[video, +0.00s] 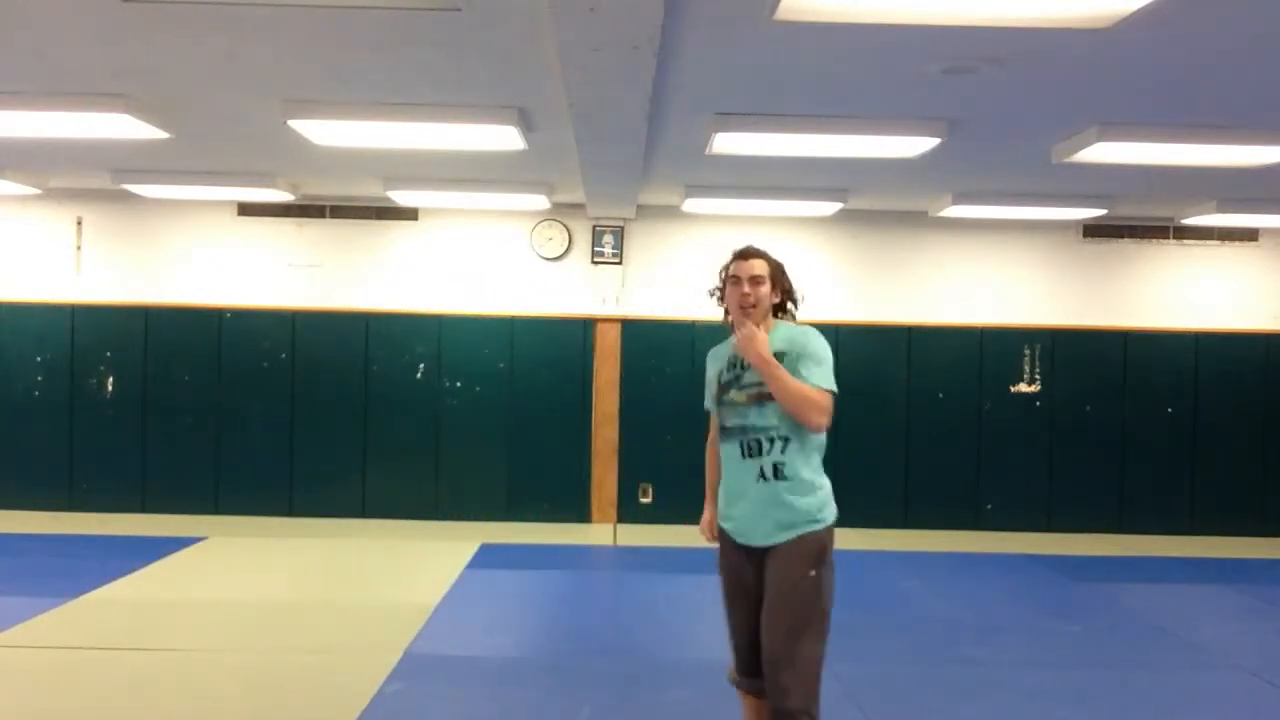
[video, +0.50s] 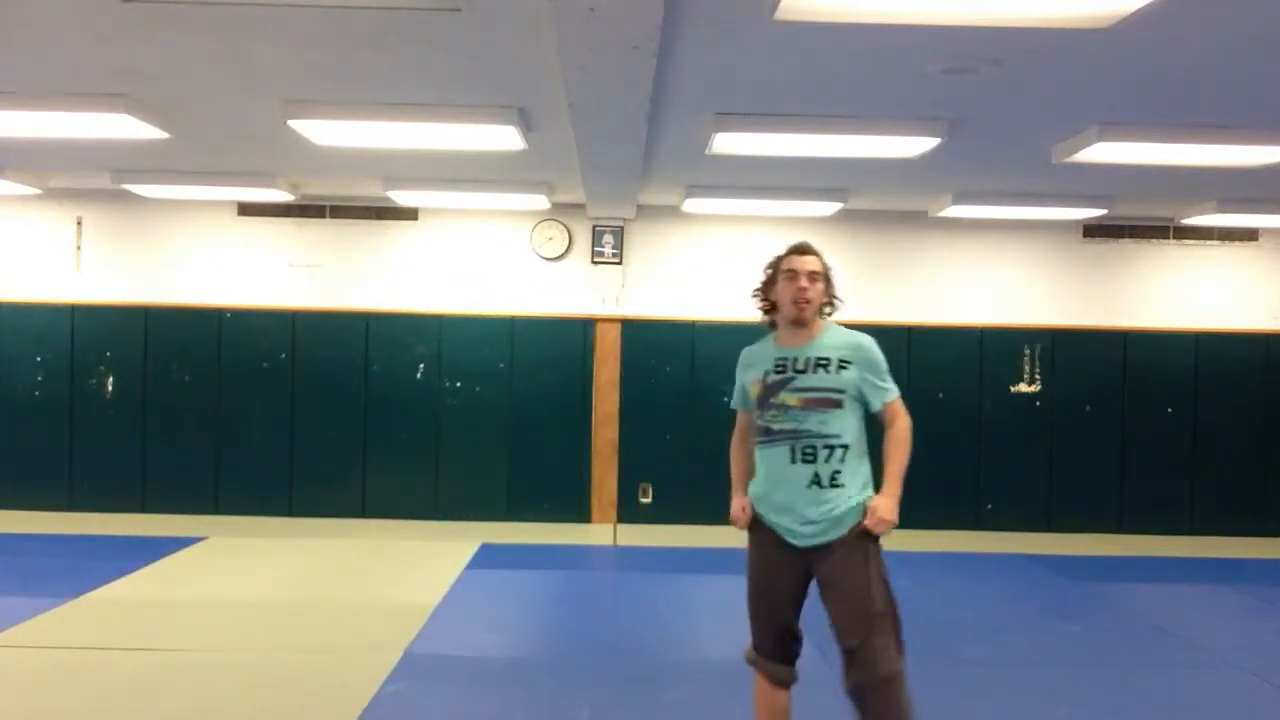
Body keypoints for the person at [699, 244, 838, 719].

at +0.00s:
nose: (746, 291)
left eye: (756, 281)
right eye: (736, 282)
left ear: (777, 291)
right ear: (724, 294)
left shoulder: (806, 343)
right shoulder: (718, 358)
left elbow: (818, 415)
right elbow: (716, 435)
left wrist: (761, 358)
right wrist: (711, 503)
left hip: (800, 526)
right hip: (736, 527)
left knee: (787, 674)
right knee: (750, 672)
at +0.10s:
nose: (747, 291)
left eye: (759, 281)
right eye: (737, 282)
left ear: (777, 293)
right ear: (725, 295)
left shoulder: (810, 343)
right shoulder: (722, 361)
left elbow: (846, 419)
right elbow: (719, 440)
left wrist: (777, 398)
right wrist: (717, 515)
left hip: (807, 526)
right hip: (743, 528)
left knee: (794, 659)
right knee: (756, 660)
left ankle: (797, 717)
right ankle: (761, 715)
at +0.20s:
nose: (754, 287)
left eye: (765, 278)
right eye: (743, 278)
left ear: (783, 289)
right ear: (731, 293)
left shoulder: (816, 338)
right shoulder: (726, 360)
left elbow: (859, 413)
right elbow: (733, 439)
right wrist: (728, 509)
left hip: (815, 528)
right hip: (749, 531)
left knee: (810, 671)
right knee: (762, 672)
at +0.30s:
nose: (765, 290)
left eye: (776, 280)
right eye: (754, 280)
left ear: (791, 292)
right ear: (739, 294)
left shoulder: (827, 349)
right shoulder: (732, 364)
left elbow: (867, 431)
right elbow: (736, 443)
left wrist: (859, 515)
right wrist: (732, 516)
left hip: (823, 537)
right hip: (753, 537)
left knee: (828, 675)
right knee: (763, 674)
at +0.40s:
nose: (780, 288)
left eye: (791, 279)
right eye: (770, 279)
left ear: (806, 290)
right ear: (753, 292)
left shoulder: (841, 348)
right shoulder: (741, 361)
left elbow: (881, 426)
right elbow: (739, 439)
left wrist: (876, 508)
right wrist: (734, 505)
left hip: (835, 535)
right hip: (763, 535)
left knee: (850, 668)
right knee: (766, 668)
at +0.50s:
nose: (803, 287)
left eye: (813, 278)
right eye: (791, 277)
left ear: (826, 291)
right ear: (772, 290)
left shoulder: (858, 349)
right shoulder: (752, 359)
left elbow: (897, 420)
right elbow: (744, 432)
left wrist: (890, 495)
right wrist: (738, 491)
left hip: (846, 527)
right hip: (772, 527)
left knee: (876, 664)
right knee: (771, 660)